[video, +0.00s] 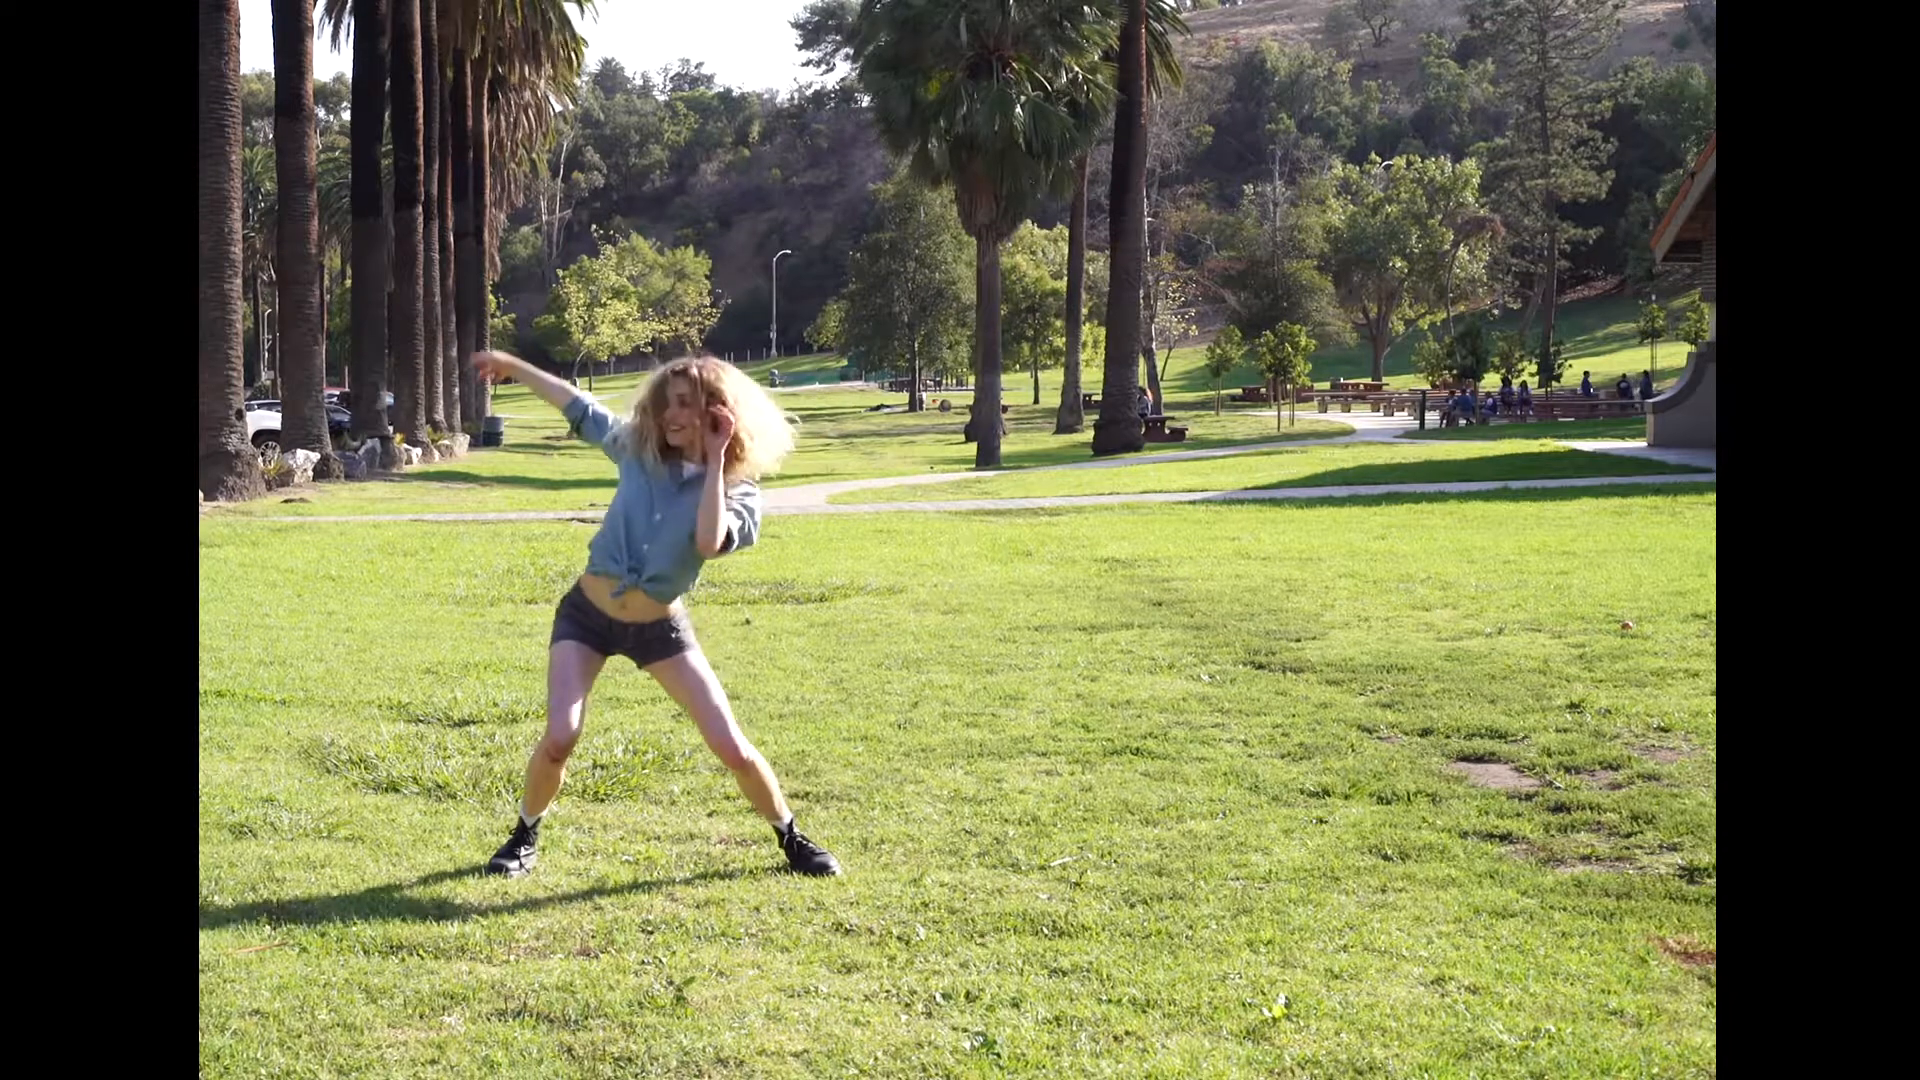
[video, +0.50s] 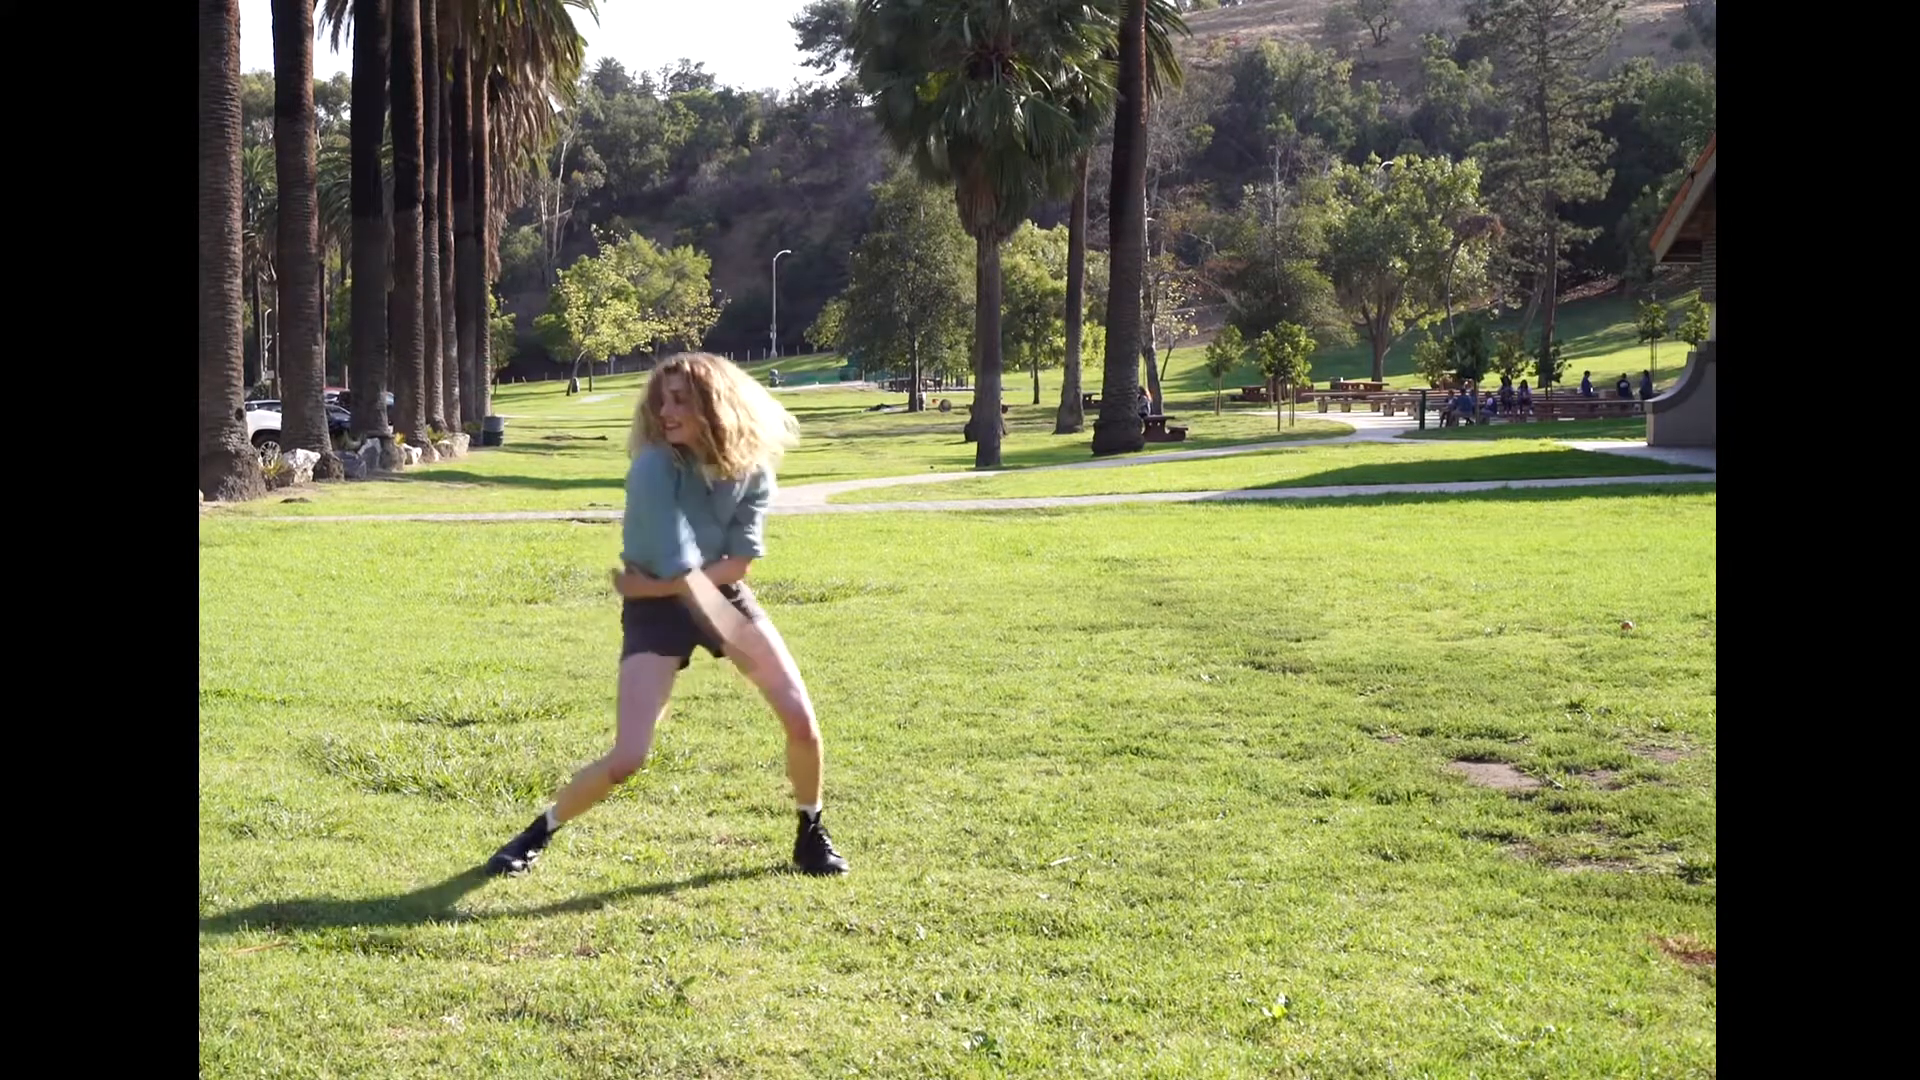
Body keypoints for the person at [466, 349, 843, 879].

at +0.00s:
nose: (673, 414)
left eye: (687, 403)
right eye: (667, 402)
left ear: (717, 413)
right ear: (659, 407)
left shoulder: (737, 491)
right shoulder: (639, 445)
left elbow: (709, 542)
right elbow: (577, 404)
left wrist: (715, 457)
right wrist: (515, 366)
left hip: (659, 627)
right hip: (586, 613)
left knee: (733, 748)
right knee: (561, 736)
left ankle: (792, 840)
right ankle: (523, 836)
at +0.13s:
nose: (675, 433)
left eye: (689, 423)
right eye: (671, 422)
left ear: (720, 434)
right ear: (664, 427)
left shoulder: (742, 514)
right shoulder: (647, 467)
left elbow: (685, 567)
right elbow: (572, 448)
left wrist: (702, 486)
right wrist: (501, 423)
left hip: (657, 632)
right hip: (588, 608)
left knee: (739, 740)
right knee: (549, 729)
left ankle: (793, 838)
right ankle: (520, 837)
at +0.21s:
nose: (683, 439)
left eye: (698, 429)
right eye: (679, 428)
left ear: (729, 441)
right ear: (673, 436)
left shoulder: (750, 528)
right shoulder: (657, 480)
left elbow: (680, 601)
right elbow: (574, 489)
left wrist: (680, 515)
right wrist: (479, 482)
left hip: (662, 629)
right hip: (602, 601)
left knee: (752, 728)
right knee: (535, 726)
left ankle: (796, 839)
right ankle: (517, 838)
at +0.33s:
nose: (681, 430)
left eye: (696, 421)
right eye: (677, 421)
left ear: (729, 435)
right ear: (671, 434)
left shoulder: (771, 510)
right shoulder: (655, 491)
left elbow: (736, 589)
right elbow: (570, 547)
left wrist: (658, 587)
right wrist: (477, 596)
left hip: (689, 620)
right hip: (626, 609)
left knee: (776, 724)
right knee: (562, 731)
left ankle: (802, 839)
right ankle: (520, 839)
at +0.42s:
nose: (673, 421)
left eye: (687, 410)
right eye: (668, 410)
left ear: (721, 418)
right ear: (661, 420)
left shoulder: (769, 483)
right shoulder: (656, 483)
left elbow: (752, 572)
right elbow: (619, 577)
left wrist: (678, 597)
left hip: (713, 611)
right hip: (642, 612)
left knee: (788, 729)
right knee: (598, 745)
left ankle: (804, 841)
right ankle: (527, 833)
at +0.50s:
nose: (666, 413)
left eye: (679, 401)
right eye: (660, 403)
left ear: (713, 406)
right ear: (654, 409)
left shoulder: (750, 468)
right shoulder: (653, 466)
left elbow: (739, 562)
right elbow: (680, 567)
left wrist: (649, 585)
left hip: (723, 593)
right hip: (657, 601)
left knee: (801, 719)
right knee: (629, 756)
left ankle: (812, 835)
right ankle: (540, 832)